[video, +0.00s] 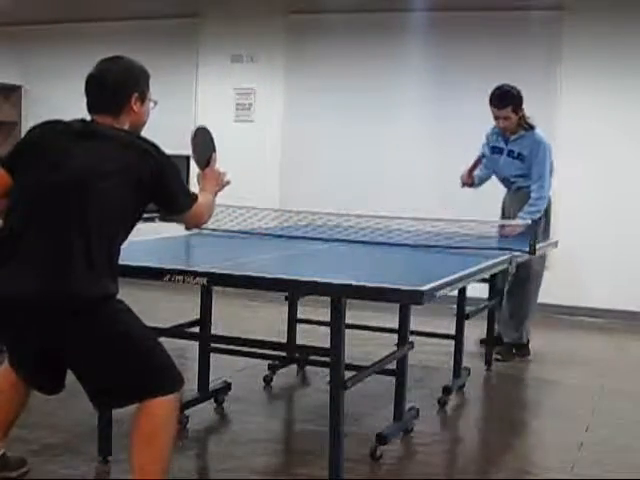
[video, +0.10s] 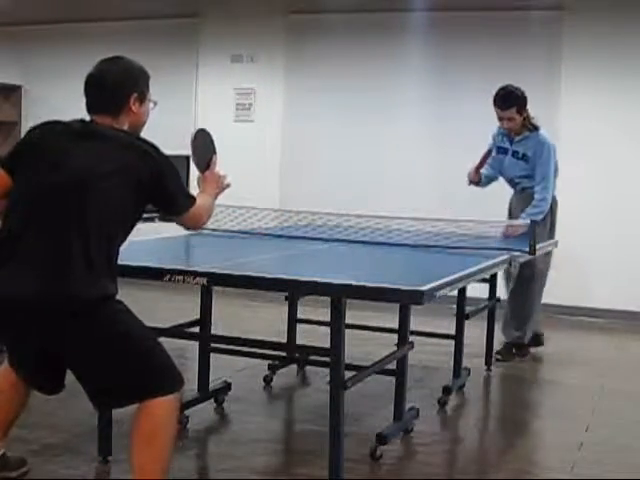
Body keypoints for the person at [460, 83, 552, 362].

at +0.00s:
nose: (501, 124)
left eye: (506, 118)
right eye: (496, 118)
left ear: (519, 113)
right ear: (492, 114)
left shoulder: (538, 145)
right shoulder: (494, 137)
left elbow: (541, 192)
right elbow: (487, 167)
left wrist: (522, 222)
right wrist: (472, 180)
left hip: (534, 204)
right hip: (510, 200)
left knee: (526, 269)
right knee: (503, 265)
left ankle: (516, 338)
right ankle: (500, 331)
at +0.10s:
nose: (505, 125)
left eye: (510, 119)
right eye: (501, 119)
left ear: (524, 114)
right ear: (496, 115)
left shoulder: (542, 145)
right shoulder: (501, 138)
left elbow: (545, 193)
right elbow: (493, 170)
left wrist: (525, 221)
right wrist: (478, 179)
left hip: (541, 206)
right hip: (517, 201)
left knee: (531, 268)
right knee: (514, 267)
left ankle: (518, 339)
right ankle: (530, 331)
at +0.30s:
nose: (513, 126)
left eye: (518, 120)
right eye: (509, 120)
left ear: (532, 115)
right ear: (505, 117)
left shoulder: (550, 145)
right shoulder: (513, 139)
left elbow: (550, 194)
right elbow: (508, 171)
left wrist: (526, 225)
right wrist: (493, 177)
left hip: (554, 208)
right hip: (534, 203)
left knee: (538, 270)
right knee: (540, 269)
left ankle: (520, 340)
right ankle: (572, 328)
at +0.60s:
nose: (540, 121)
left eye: (544, 114)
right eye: (536, 115)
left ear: (560, 112)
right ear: (536, 115)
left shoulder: (577, 145)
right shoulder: (555, 144)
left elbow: (571, 201)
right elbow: (546, 181)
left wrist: (534, 220)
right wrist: (522, 179)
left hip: (582, 216)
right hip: (568, 214)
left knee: (550, 276)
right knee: (578, 281)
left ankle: (523, 342)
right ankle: (597, 342)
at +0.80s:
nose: (560, 112)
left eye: (564, 106)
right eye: (557, 107)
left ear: (581, 106)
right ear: (556, 107)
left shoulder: (593, 138)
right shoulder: (580, 137)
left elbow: (588, 189)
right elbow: (573, 184)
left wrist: (553, 221)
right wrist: (547, 198)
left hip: (594, 210)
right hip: (587, 208)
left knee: (563, 271)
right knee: (586, 275)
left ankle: (544, 342)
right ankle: (597, 341)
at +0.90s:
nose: (565, 109)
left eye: (570, 103)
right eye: (563, 104)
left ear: (587, 103)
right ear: (566, 105)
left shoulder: (595, 136)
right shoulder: (592, 134)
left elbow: (586, 186)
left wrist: (553, 218)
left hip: (594, 207)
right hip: (599, 206)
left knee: (566, 270)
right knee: (587, 272)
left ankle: (564, 342)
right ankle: (598, 341)